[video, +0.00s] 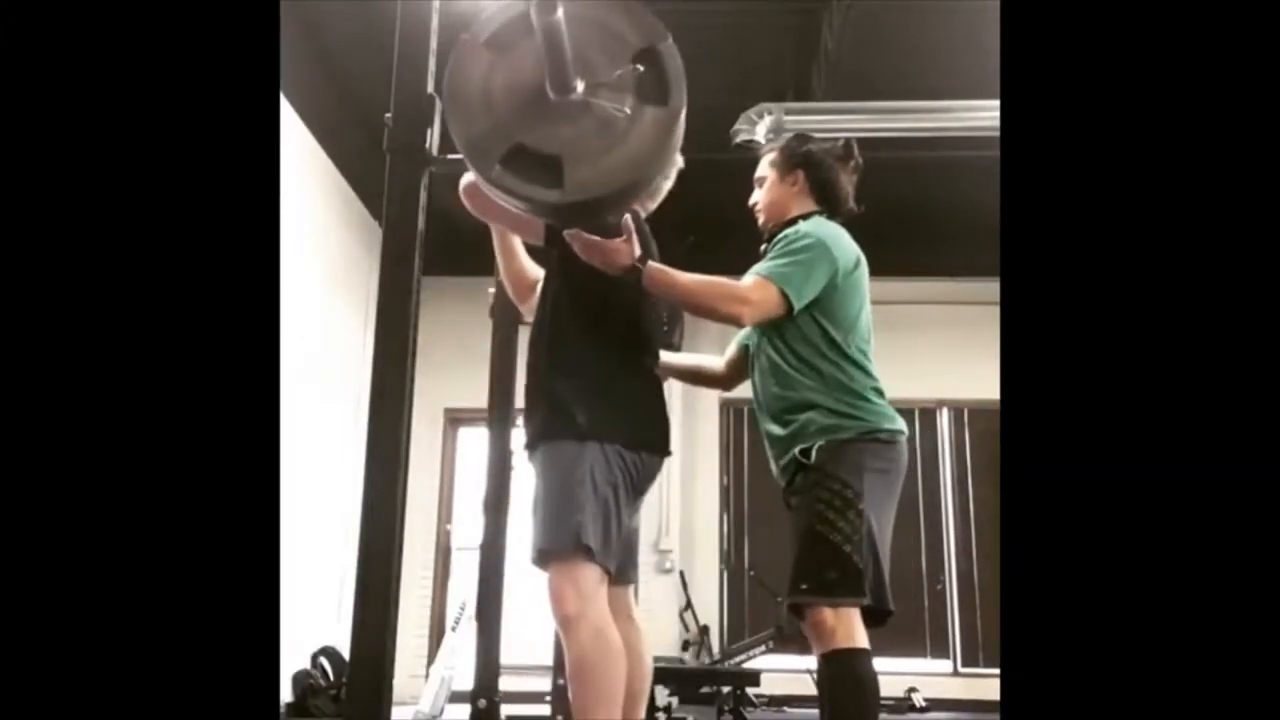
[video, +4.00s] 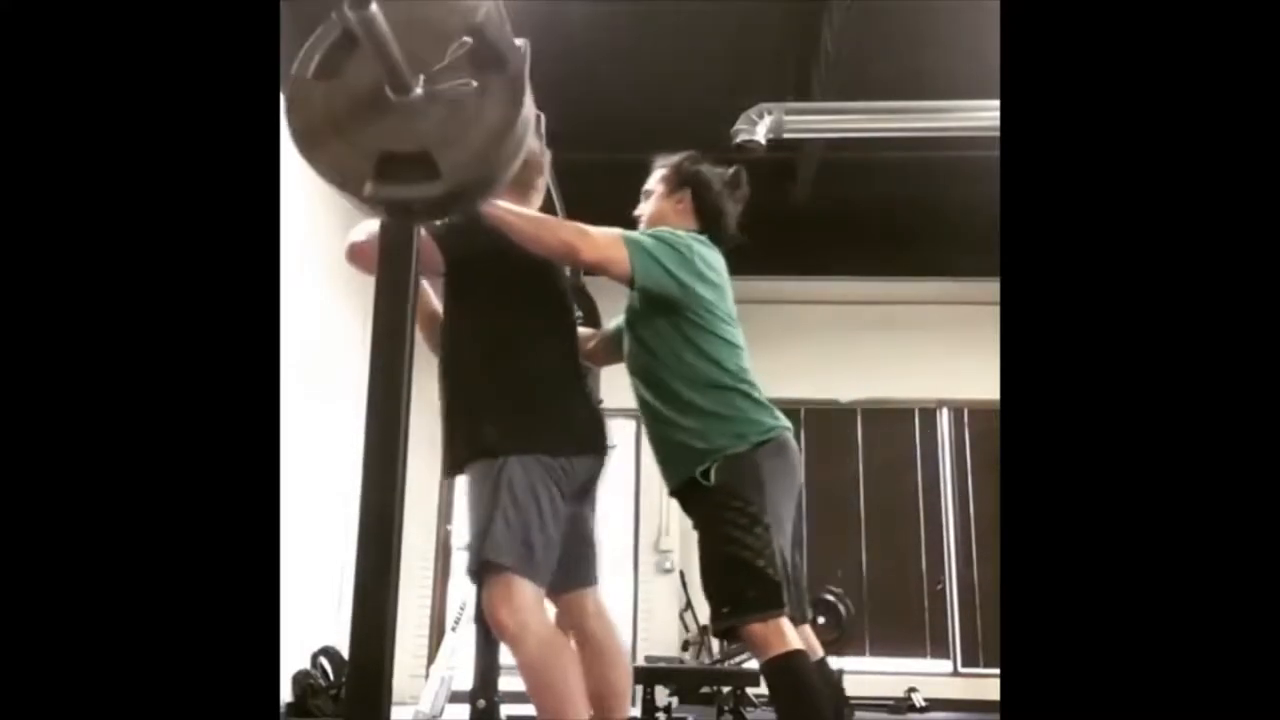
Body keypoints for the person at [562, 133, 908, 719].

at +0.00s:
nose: (751, 199)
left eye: (761, 184)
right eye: (753, 186)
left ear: (796, 181)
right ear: (795, 186)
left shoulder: (820, 238)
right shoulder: (784, 269)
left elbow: (749, 303)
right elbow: (726, 373)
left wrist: (637, 267)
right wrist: (641, 354)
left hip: (852, 442)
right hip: (816, 453)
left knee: (830, 611)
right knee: (822, 616)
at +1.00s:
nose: (698, 392)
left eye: (704, 378)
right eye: (699, 380)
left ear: (738, 376)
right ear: (739, 377)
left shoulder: (789, 429)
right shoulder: (764, 443)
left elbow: (737, 531)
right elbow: (726, 562)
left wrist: (620, 526)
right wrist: (643, 561)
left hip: (942, 571)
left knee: (793, 605)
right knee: (795, 613)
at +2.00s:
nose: (696, 294)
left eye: (702, 279)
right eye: (697, 281)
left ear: (736, 277)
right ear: (739, 277)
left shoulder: (777, 329)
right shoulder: (763, 344)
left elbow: (724, 416)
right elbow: (725, 456)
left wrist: (608, 405)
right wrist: (669, 499)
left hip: (908, 484)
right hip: (872, 491)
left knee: (805, 603)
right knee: (808, 609)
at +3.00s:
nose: (727, 196)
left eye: (736, 183)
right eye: (732, 184)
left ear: (762, 188)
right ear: (772, 193)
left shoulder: (786, 243)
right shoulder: (754, 291)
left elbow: (707, 263)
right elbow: (689, 348)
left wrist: (613, 215)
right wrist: (613, 307)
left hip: (841, 443)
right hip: (820, 454)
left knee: (817, 614)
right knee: (819, 618)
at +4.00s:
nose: (640, 204)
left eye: (650, 193)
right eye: (644, 194)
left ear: (683, 200)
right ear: (685, 207)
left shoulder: (685, 252)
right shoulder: (660, 299)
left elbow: (583, 247)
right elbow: (594, 348)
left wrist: (480, 203)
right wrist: (520, 311)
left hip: (739, 456)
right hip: (750, 457)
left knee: (759, 621)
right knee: (789, 621)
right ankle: (835, 716)